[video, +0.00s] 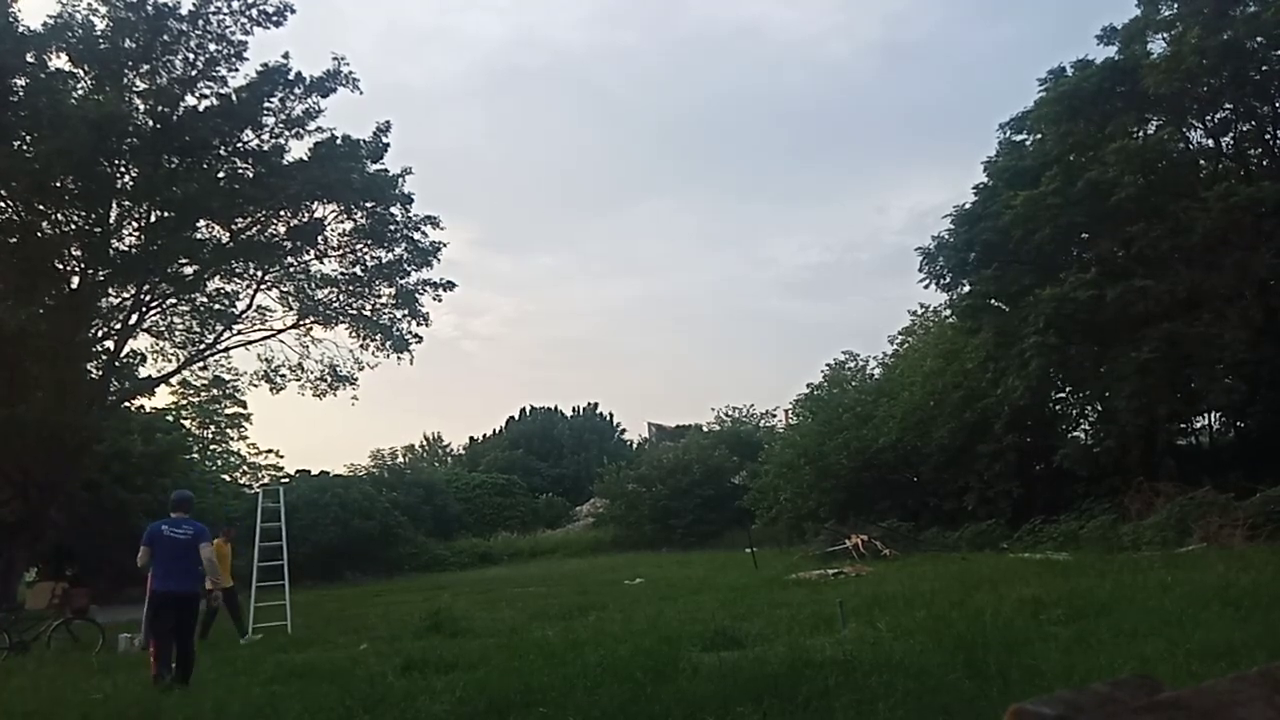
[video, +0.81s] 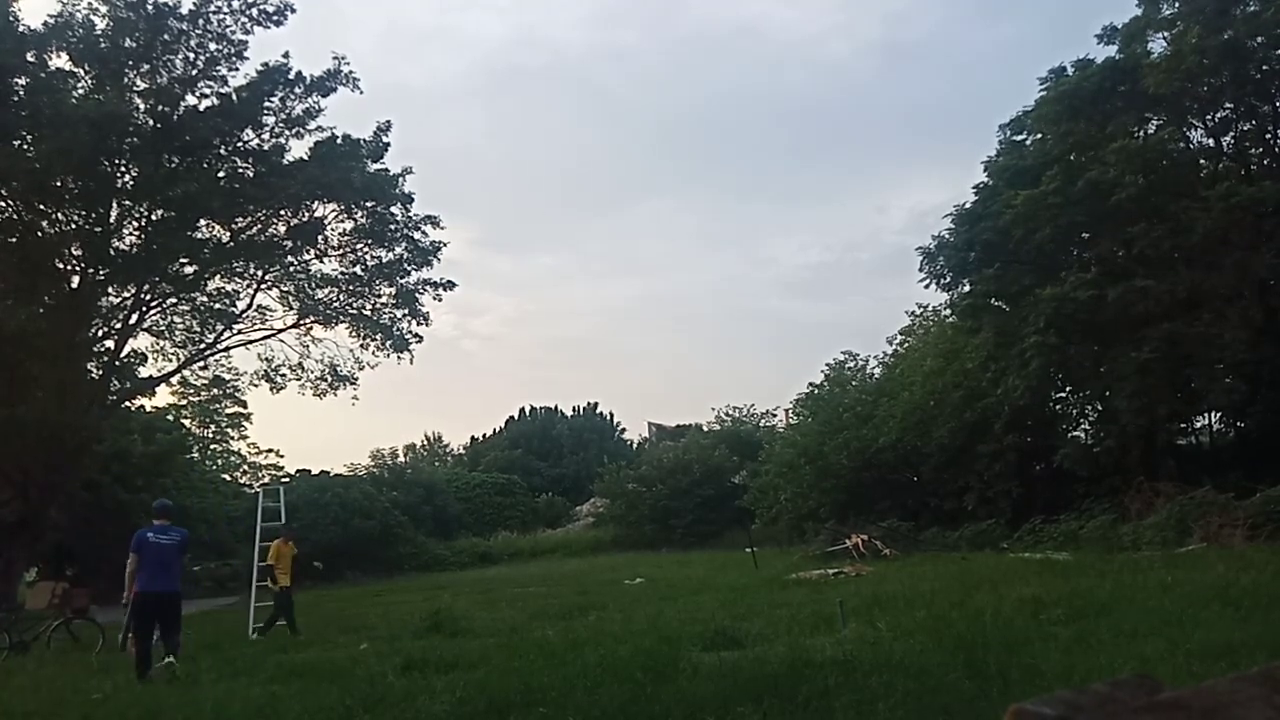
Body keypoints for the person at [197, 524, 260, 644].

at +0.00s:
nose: (233, 534)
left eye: (233, 532)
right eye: (231, 532)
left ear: (230, 533)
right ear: (225, 532)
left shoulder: (228, 545)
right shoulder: (215, 546)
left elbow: (226, 563)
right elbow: (210, 564)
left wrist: (228, 579)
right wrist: (211, 585)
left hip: (228, 584)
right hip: (215, 586)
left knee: (235, 611)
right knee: (210, 613)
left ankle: (244, 635)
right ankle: (202, 639)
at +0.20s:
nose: (251, 537)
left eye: (252, 534)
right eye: (250, 534)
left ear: (248, 535)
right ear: (243, 534)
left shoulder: (246, 547)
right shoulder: (234, 545)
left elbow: (243, 566)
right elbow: (224, 563)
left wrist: (247, 582)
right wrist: (226, 581)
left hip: (245, 587)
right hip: (234, 588)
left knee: (249, 615)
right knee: (225, 615)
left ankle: (251, 638)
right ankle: (205, 638)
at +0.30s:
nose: (259, 536)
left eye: (259, 534)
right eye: (257, 533)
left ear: (254, 534)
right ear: (252, 533)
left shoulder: (253, 545)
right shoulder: (242, 544)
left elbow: (251, 564)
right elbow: (233, 562)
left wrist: (254, 580)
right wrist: (233, 582)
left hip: (253, 585)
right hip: (244, 586)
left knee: (253, 614)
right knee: (242, 612)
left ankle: (253, 637)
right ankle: (218, 632)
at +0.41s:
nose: (264, 534)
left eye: (265, 532)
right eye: (263, 531)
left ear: (264, 532)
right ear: (257, 531)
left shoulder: (260, 544)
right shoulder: (249, 542)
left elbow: (259, 563)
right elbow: (241, 561)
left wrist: (262, 577)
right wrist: (241, 579)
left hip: (259, 582)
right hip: (251, 582)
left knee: (257, 610)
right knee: (255, 609)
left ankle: (254, 636)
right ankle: (236, 629)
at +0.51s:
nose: (276, 535)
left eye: (276, 532)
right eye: (275, 532)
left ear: (268, 533)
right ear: (268, 531)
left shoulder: (268, 545)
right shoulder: (256, 543)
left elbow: (270, 563)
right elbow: (247, 561)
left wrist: (283, 570)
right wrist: (250, 580)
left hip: (264, 581)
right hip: (257, 582)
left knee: (260, 607)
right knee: (270, 602)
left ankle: (257, 631)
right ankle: (258, 631)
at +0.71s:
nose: (285, 535)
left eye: (286, 533)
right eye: (283, 532)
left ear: (286, 534)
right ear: (278, 532)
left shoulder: (283, 544)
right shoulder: (269, 544)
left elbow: (290, 555)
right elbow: (261, 563)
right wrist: (267, 582)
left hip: (277, 583)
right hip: (268, 585)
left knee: (266, 612)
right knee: (281, 609)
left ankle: (256, 635)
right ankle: (293, 631)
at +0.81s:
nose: (291, 537)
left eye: (291, 535)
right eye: (289, 535)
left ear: (291, 536)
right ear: (284, 534)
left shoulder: (290, 545)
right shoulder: (276, 544)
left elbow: (298, 557)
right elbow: (270, 564)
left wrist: (311, 563)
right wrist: (275, 583)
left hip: (287, 583)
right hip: (280, 583)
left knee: (278, 611)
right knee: (288, 608)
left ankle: (261, 631)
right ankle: (294, 632)